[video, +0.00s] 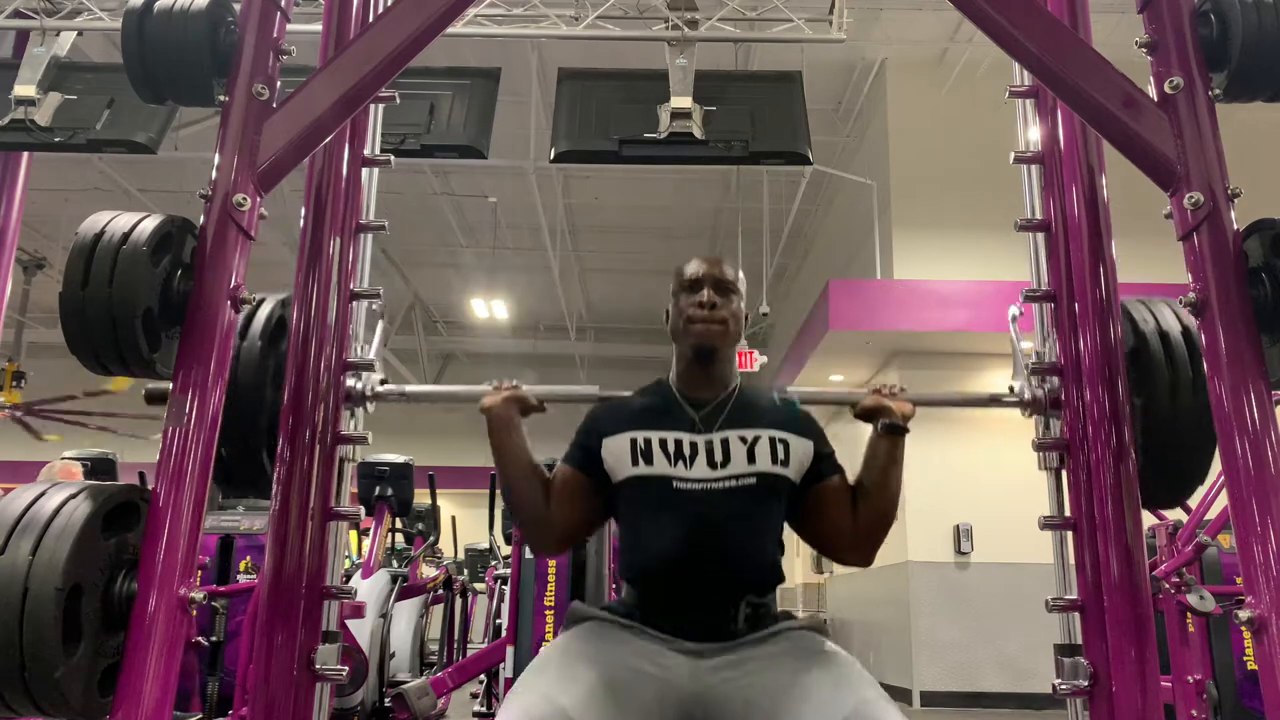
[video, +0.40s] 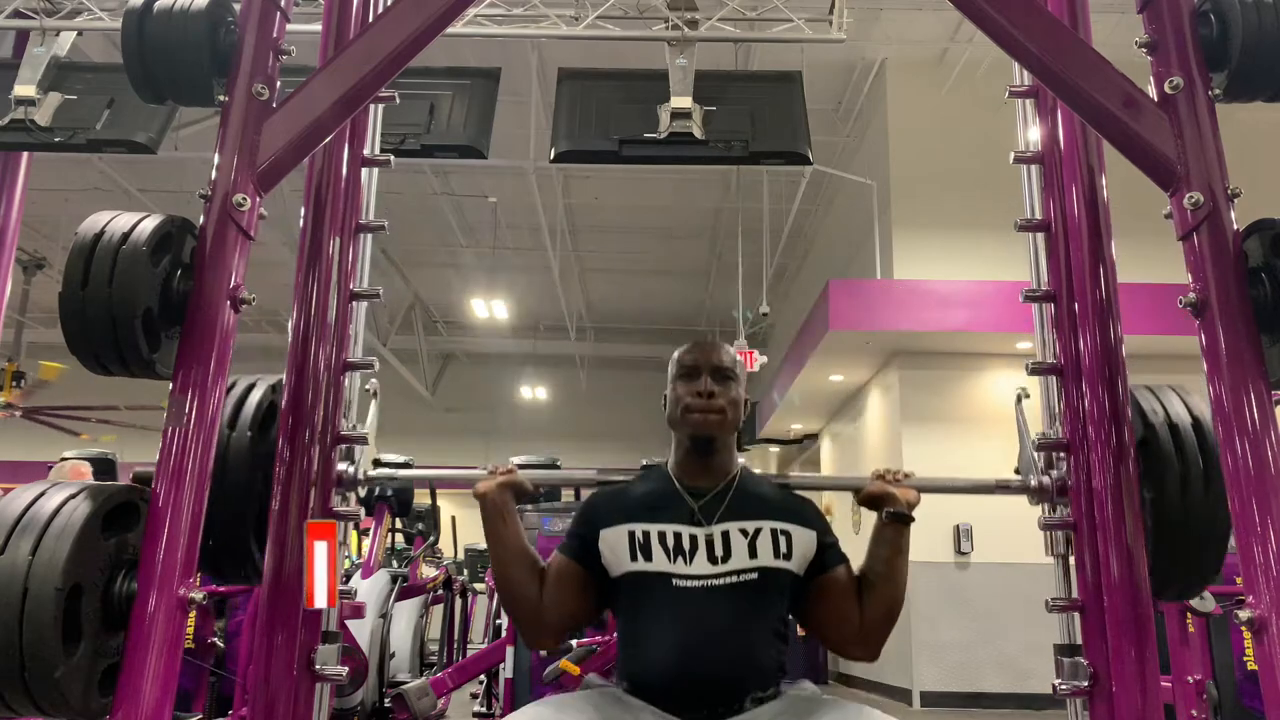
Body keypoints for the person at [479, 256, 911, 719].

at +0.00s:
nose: (706, 297)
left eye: (723, 290)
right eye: (692, 289)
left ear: (745, 318)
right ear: (671, 317)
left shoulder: (787, 423)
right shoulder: (616, 422)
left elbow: (857, 543)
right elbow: (548, 533)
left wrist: (888, 435)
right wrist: (502, 420)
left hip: (763, 650)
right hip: (631, 645)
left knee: (877, 717)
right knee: (526, 714)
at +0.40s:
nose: (705, 388)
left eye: (722, 378)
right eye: (689, 378)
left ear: (744, 407)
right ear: (666, 405)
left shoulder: (792, 514)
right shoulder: (611, 510)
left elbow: (861, 639)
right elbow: (543, 626)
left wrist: (893, 523)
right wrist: (496, 506)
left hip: (768, 703)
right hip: (636, 702)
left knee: (883, 717)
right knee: (520, 718)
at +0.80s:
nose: (703, 428)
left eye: (720, 417)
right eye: (687, 416)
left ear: (743, 444)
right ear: (665, 440)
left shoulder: (793, 557)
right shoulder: (608, 550)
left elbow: (862, 681)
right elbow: (541, 667)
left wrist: (898, 560)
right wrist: (496, 550)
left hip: (753, 713)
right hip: (645, 713)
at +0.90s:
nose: (703, 420)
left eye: (720, 410)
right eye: (687, 409)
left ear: (743, 437)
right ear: (665, 433)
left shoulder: (793, 549)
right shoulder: (609, 543)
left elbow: (861, 673)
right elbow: (542, 660)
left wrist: (896, 553)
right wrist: (495, 542)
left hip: (754, 714)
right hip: (645, 714)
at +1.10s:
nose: (703, 388)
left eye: (719, 381)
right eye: (687, 381)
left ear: (742, 413)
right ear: (664, 412)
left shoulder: (791, 520)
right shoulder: (612, 515)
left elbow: (862, 643)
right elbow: (542, 631)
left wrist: (894, 527)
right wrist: (496, 511)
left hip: (767, 705)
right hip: (636, 705)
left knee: (891, 719)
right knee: (518, 719)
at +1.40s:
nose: (703, 297)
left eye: (720, 294)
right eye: (688, 293)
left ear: (742, 331)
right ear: (668, 329)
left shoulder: (787, 430)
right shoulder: (615, 429)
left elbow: (859, 550)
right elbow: (544, 532)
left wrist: (889, 443)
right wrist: (502, 430)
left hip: (769, 649)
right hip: (636, 648)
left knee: (887, 715)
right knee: (533, 711)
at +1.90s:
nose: (704, 184)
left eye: (721, 179)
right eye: (691, 177)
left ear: (742, 211)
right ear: (669, 209)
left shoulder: (788, 314)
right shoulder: (618, 312)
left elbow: (855, 427)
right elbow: (548, 416)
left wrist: (885, 325)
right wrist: (508, 313)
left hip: (774, 548)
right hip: (639, 544)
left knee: (818, 710)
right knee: (598, 707)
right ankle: (677, 707)